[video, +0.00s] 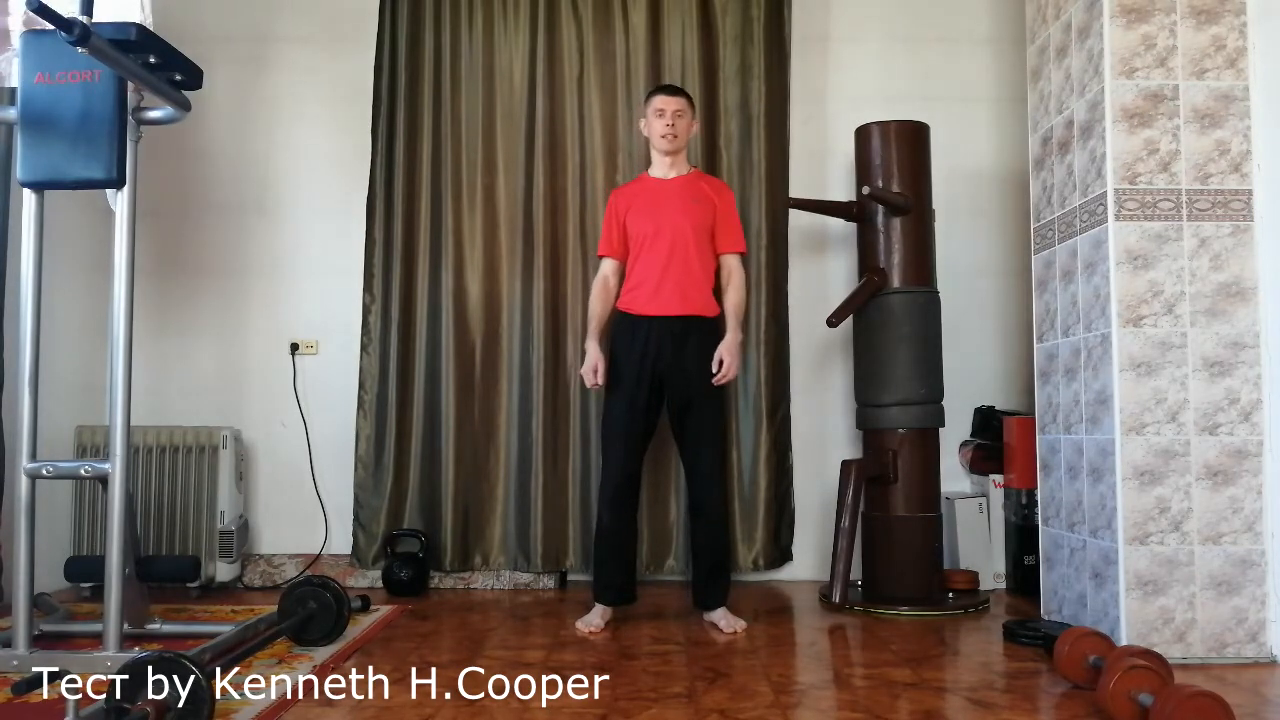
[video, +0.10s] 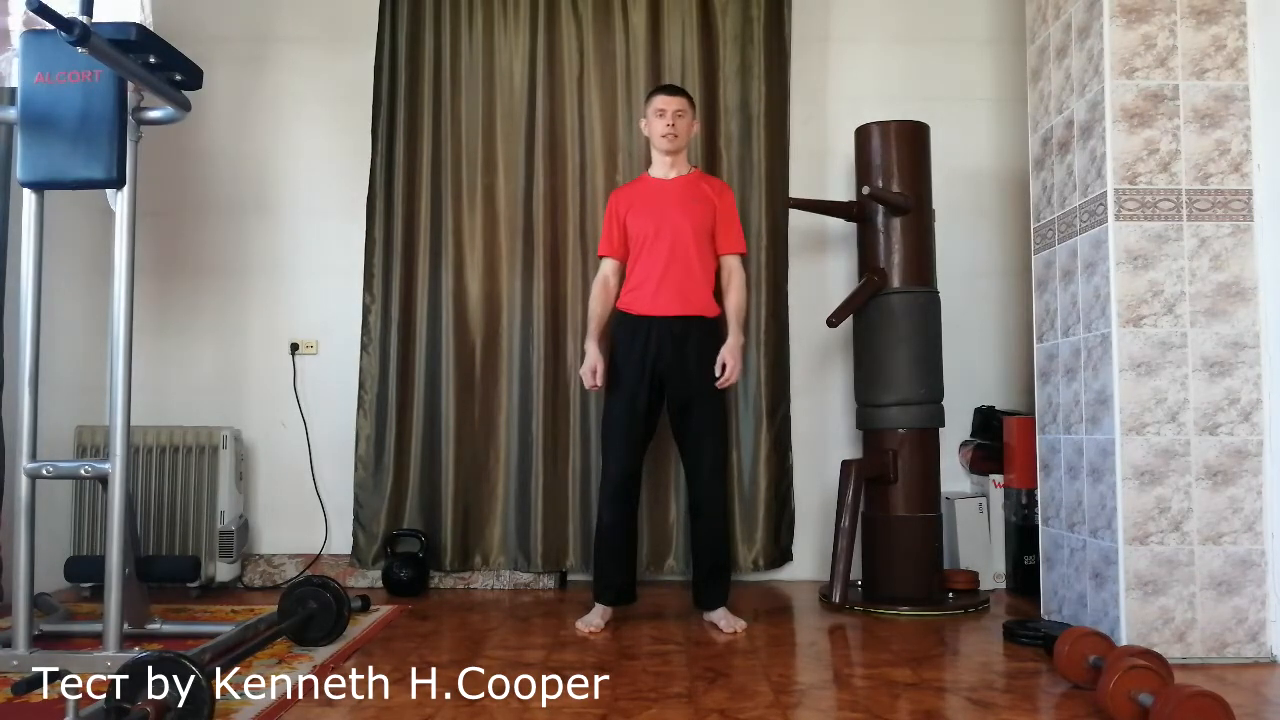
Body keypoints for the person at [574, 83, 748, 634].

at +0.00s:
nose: (669, 122)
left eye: (679, 114)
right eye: (659, 114)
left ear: (693, 127)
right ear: (643, 127)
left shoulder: (715, 193)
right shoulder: (624, 198)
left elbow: (732, 272)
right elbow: (608, 275)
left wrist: (732, 334)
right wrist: (594, 340)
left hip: (698, 339)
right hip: (633, 339)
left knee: (707, 475)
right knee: (618, 473)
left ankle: (712, 602)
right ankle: (608, 599)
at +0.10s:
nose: (669, 122)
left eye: (679, 114)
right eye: (660, 114)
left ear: (694, 127)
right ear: (644, 127)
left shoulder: (715, 192)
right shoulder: (623, 198)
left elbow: (732, 272)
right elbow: (608, 276)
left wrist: (734, 336)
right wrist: (593, 342)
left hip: (698, 340)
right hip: (633, 339)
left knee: (708, 475)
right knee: (619, 474)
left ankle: (712, 602)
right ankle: (608, 598)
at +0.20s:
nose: (670, 122)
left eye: (680, 114)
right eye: (660, 114)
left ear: (695, 127)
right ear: (644, 127)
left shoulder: (715, 193)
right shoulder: (624, 198)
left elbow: (733, 272)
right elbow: (608, 276)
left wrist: (736, 339)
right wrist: (593, 343)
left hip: (698, 340)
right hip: (634, 339)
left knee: (708, 475)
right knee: (619, 473)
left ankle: (712, 602)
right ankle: (608, 598)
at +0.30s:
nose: (670, 122)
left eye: (680, 114)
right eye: (661, 114)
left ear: (695, 127)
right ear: (644, 127)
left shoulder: (715, 193)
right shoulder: (624, 198)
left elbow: (733, 273)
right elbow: (608, 276)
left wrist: (737, 341)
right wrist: (592, 344)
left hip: (698, 340)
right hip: (634, 339)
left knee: (708, 474)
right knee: (619, 473)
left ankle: (712, 602)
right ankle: (608, 598)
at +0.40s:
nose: (671, 122)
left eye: (681, 115)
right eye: (662, 114)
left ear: (696, 127)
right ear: (645, 126)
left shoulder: (716, 193)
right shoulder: (624, 198)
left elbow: (733, 272)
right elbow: (608, 276)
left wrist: (738, 340)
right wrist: (592, 344)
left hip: (699, 340)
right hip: (634, 339)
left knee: (708, 475)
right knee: (619, 473)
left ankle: (712, 602)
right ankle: (608, 598)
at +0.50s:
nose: (672, 122)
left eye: (682, 115)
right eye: (662, 115)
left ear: (696, 127)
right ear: (645, 126)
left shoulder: (716, 194)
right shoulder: (625, 198)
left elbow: (734, 272)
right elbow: (609, 275)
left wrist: (738, 340)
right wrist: (593, 343)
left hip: (699, 340)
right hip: (635, 339)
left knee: (709, 474)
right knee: (619, 472)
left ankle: (712, 601)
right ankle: (608, 598)